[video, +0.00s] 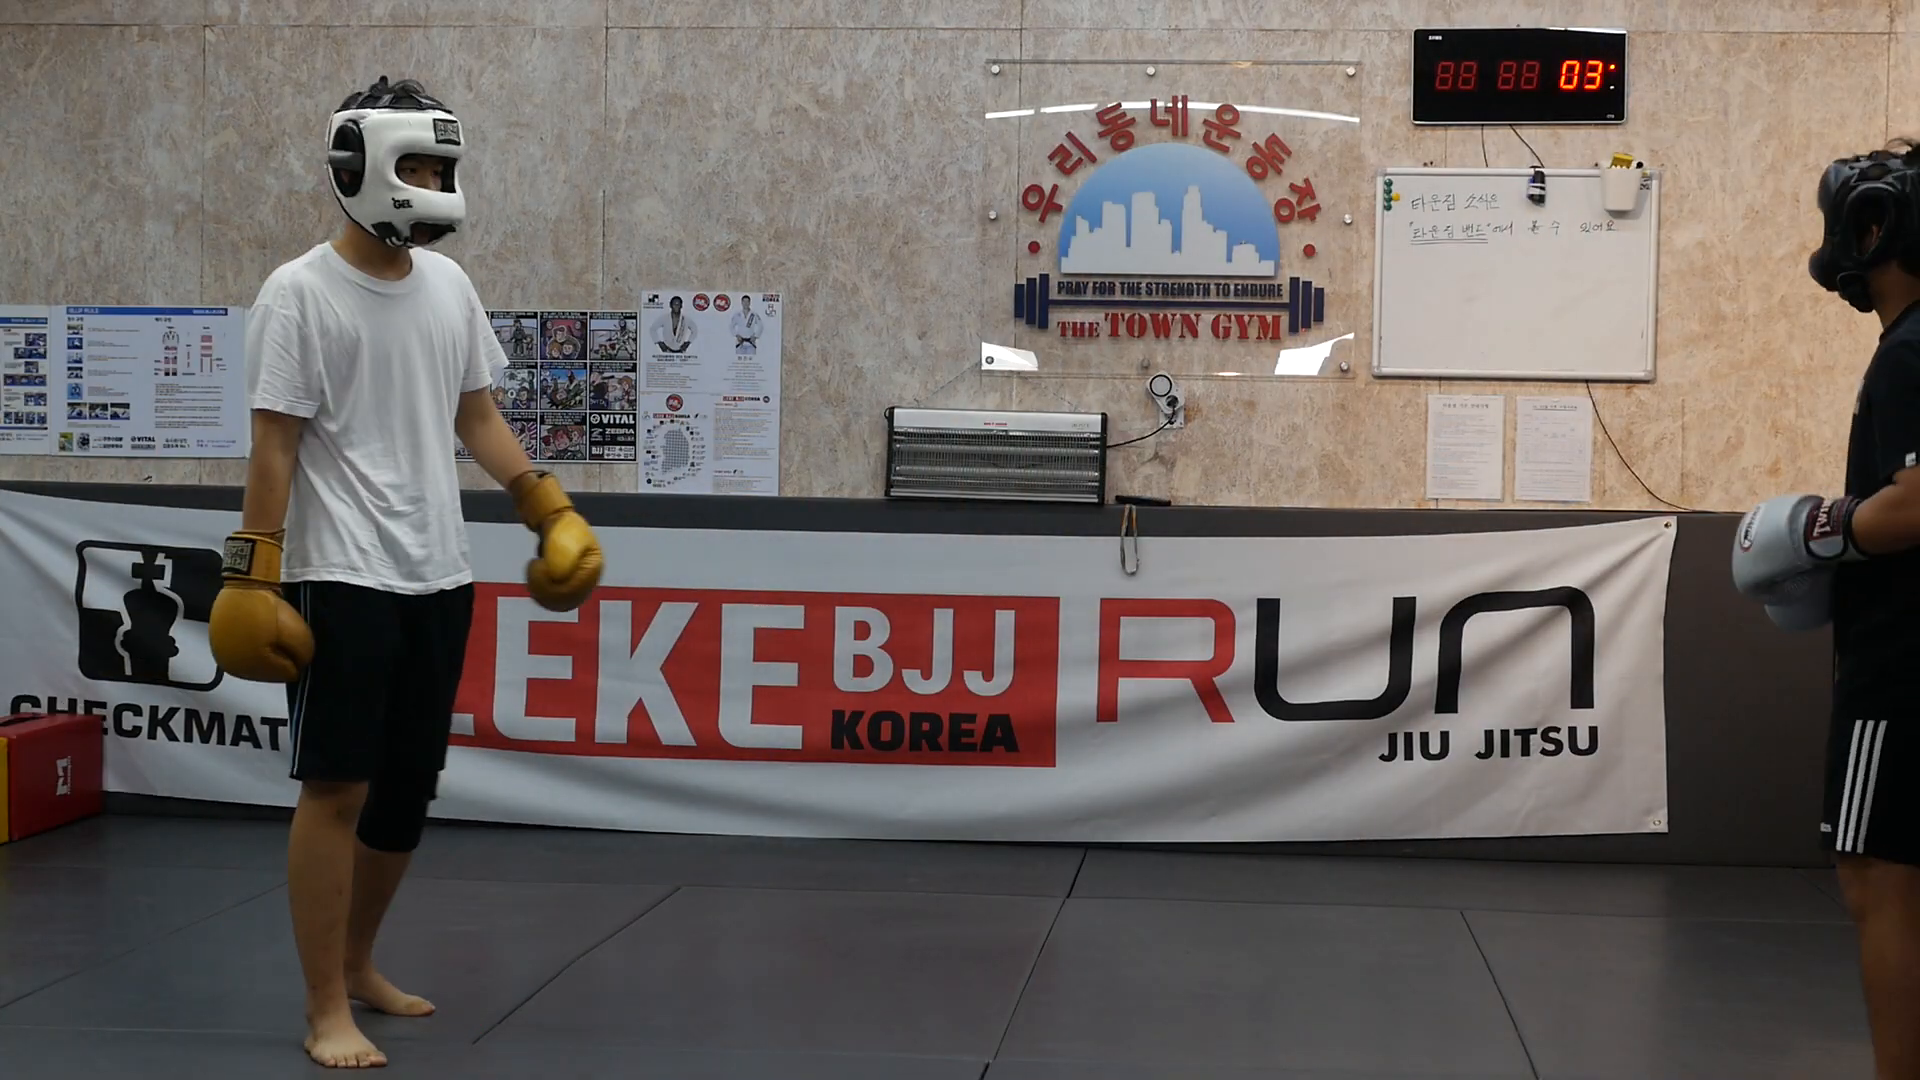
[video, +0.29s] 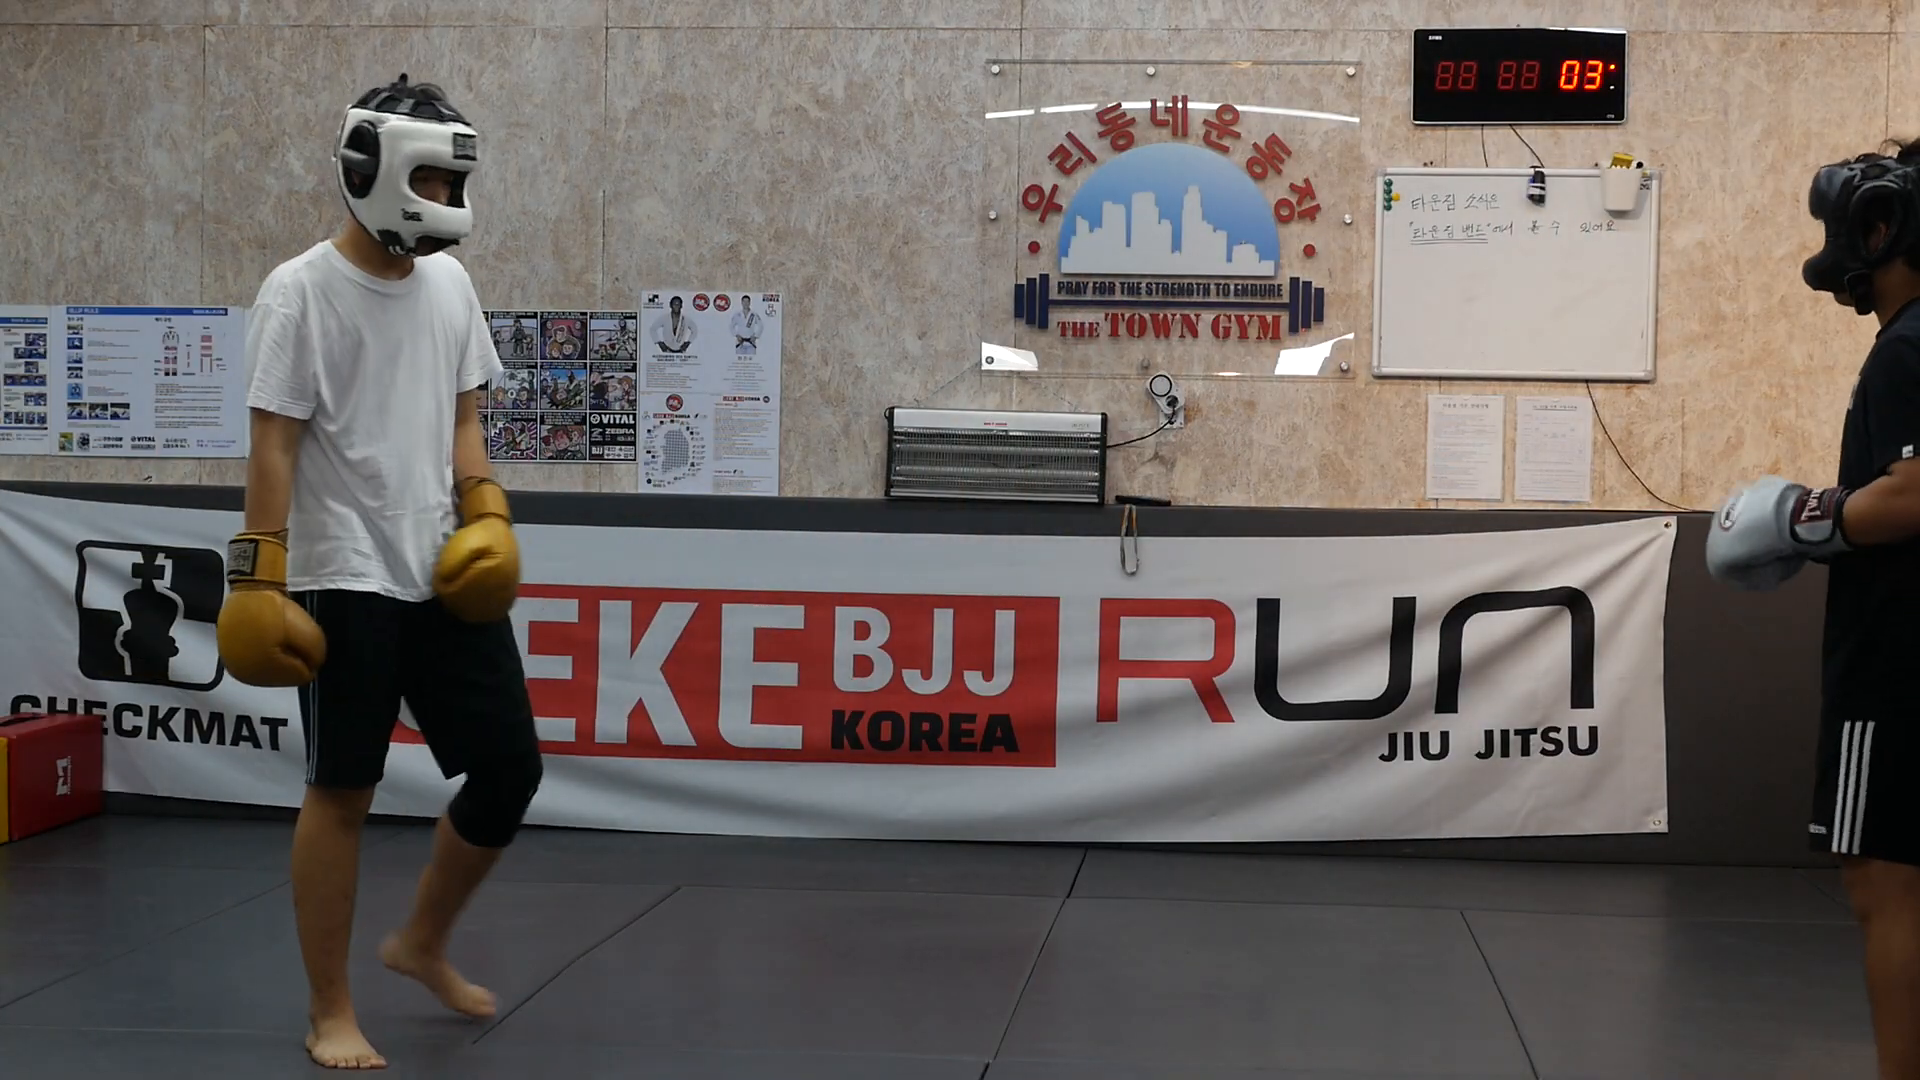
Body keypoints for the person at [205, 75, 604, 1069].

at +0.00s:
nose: (432, 181)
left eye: (440, 165)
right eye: (411, 164)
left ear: (449, 172)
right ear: (354, 170)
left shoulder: (449, 285)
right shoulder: (298, 293)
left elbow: (479, 415)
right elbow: (273, 442)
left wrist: (549, 510)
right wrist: (253, 575)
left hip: (438, 579)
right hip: (340, 581)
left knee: (404, 792)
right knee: (335, 791)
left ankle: (356, 964)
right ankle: (326, 1012)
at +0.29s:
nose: (447, 189)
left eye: (455, 171)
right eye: (428, 171)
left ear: (459, 175)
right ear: (371, 171)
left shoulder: (448, 283)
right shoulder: (300, 290)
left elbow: (462, 418)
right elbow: (273, 441)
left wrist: (489, 518)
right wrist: (261, 579)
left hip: (443, 582)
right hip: (342, 585)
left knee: (507, 770)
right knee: (341, 792)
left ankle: (420, 944)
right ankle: (331, 1014)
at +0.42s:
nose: (467, 188)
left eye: (474, 171)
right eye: (450, 168)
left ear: (476, 176)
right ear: (390, 169)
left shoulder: (452, 281)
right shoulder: (313, 287)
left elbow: (470, 426)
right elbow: (288, 435)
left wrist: (520, 524)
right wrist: (282, 572)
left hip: (460, 580)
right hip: (355, 588)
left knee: (516, 786)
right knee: (345, 796)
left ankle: (519, 986)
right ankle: (332, 1017)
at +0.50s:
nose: (483, 193)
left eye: (488, 175)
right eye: (466, 173)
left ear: (480, 179)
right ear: (407, 172)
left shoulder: (457, 289)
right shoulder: (329, 286)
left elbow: (475, 432)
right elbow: (302, 431)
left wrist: (531, 538)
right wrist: (301, 572)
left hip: (466, 589)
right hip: (368, 592)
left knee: (515, 789)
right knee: (350, 797)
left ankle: (584, 980)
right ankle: (331, 1017)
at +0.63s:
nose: (514, 196)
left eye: (518, 178)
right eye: (499, 176)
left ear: (496, 183)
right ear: (440, 174)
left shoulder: (476, 299)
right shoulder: (361, 288)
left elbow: (486, 442)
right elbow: (336, 433)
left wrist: (543, 555)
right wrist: (343, 570)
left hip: (485, 592)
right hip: (391, 592)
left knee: (545, 783)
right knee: (360, 797)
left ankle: (587, 981)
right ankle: (331, 1015)